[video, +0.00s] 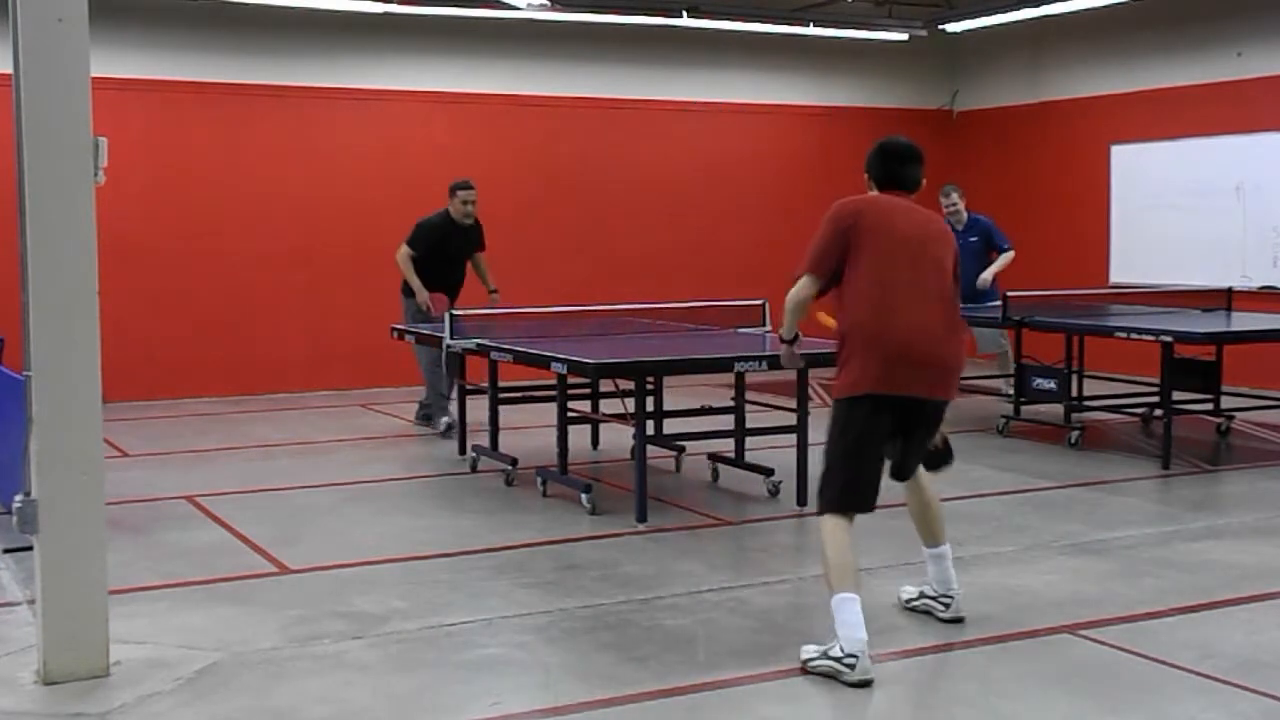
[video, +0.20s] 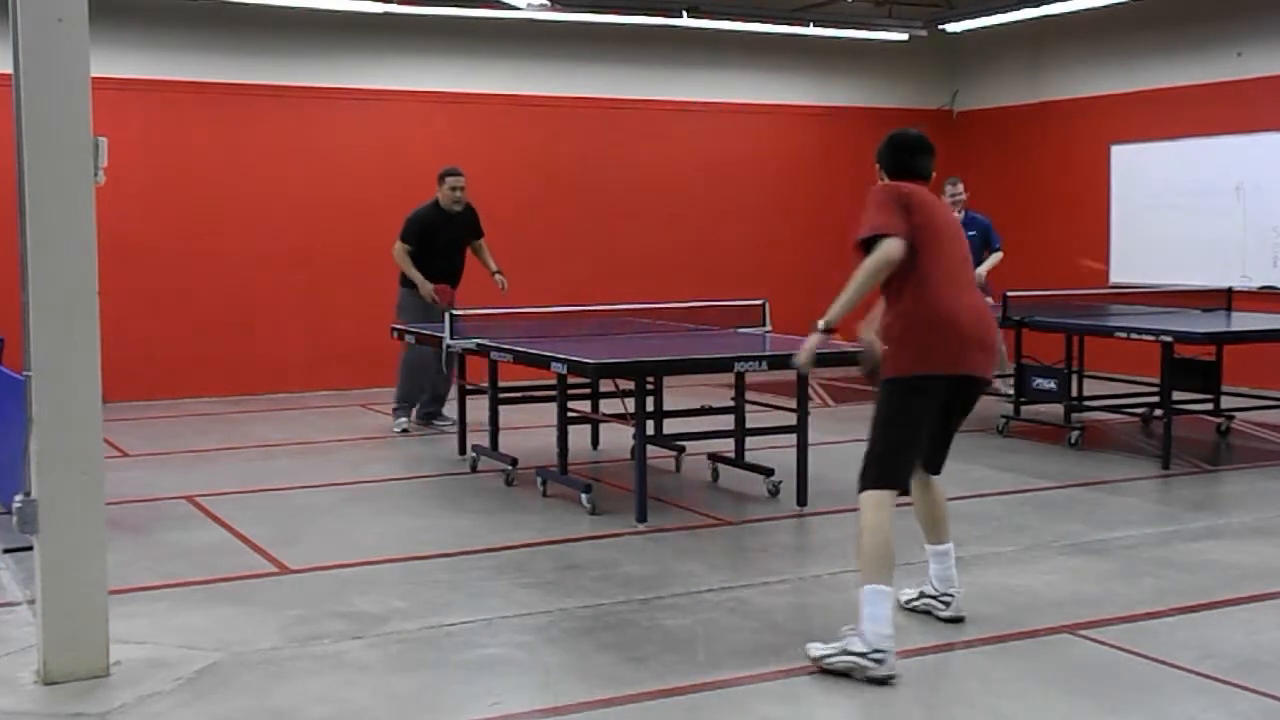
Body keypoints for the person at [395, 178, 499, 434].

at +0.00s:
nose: (470, 208)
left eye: (473, 203)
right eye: (464, 203)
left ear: (476, 203)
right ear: (450, 202)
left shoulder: (474, 227)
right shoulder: (430, 226)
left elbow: (476, 257)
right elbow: (402, 256)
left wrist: (491, 289)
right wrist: (419, 290)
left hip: (446, 302)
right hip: (419, 301)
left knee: (453, 358)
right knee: (431, 357)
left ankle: (428, 407)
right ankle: (441, 413)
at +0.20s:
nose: (459, 194)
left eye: (462, 189)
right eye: (453, 189)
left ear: (466, 190)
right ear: (440, 189)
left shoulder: (468, 214)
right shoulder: (421, 218)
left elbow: (477, 245)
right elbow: (399, 252)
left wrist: (494, 270)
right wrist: (421, 282)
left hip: (445, 297)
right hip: (416, 296)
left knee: (447, 352)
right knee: (417, 350)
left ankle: (431, 410)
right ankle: (403, 410)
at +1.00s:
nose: (462, 250)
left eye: (466, 244)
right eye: (457, 243)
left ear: (471, 240)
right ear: (445, 236)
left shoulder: (467, 251)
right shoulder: (429, 241)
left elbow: (473, 280)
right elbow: (417, 257)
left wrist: (487, 302)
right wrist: (457, 273)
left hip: (437, 302)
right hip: (405, 299)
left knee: (457, 349)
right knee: (405, 347)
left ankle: (479, 402)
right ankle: (403, 412)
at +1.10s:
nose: (461, 252)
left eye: (465, 247)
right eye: (456, 246)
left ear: (469, 242)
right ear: (443, 238)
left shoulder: (465, 253)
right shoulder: (429, 242)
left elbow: (466, 276)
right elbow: (427, 254)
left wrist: (472, 295)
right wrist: (467, 267)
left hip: (432, 302)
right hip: (400, 300)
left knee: (451, 350)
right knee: (402, 349)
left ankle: (469, 403)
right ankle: (402, 411)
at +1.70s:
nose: (473, 223)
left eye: (476, 217)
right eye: (468, 216)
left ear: (479, 217)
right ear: (454, 214)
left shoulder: (475, 239)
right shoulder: (431, 229)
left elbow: (477, 268)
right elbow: (399, 251)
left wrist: (487, 294)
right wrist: (419, 284)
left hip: (440, 298)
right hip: (407, 294)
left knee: (451, 350)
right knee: (397, 346)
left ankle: (464, 405)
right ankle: (377, 407)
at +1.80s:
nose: (466, 215)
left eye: (470, 210)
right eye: (461, 210)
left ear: (472, 211)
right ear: (448, 208)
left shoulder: (471, 234)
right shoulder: (426, 227)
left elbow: (474, 264)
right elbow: (396, 251)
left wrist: (486, 291)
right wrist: (417, 284)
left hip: (439, 298)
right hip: (406, 296)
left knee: (449, 351)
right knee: (394, 347)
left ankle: (463, 404)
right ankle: (375, 407)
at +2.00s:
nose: (444, 216)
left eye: (448, 211)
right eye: (439, 211)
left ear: (452, 211)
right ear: (427, 211)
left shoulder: (462, 236)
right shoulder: (412, 232)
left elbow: (473, 263)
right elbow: (390, 254)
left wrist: (477, 289)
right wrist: (395, 286)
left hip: (443, 304)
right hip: (407, 304)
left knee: (460, 351)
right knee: (391, 351)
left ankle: (473, 402)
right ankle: (373, 407)